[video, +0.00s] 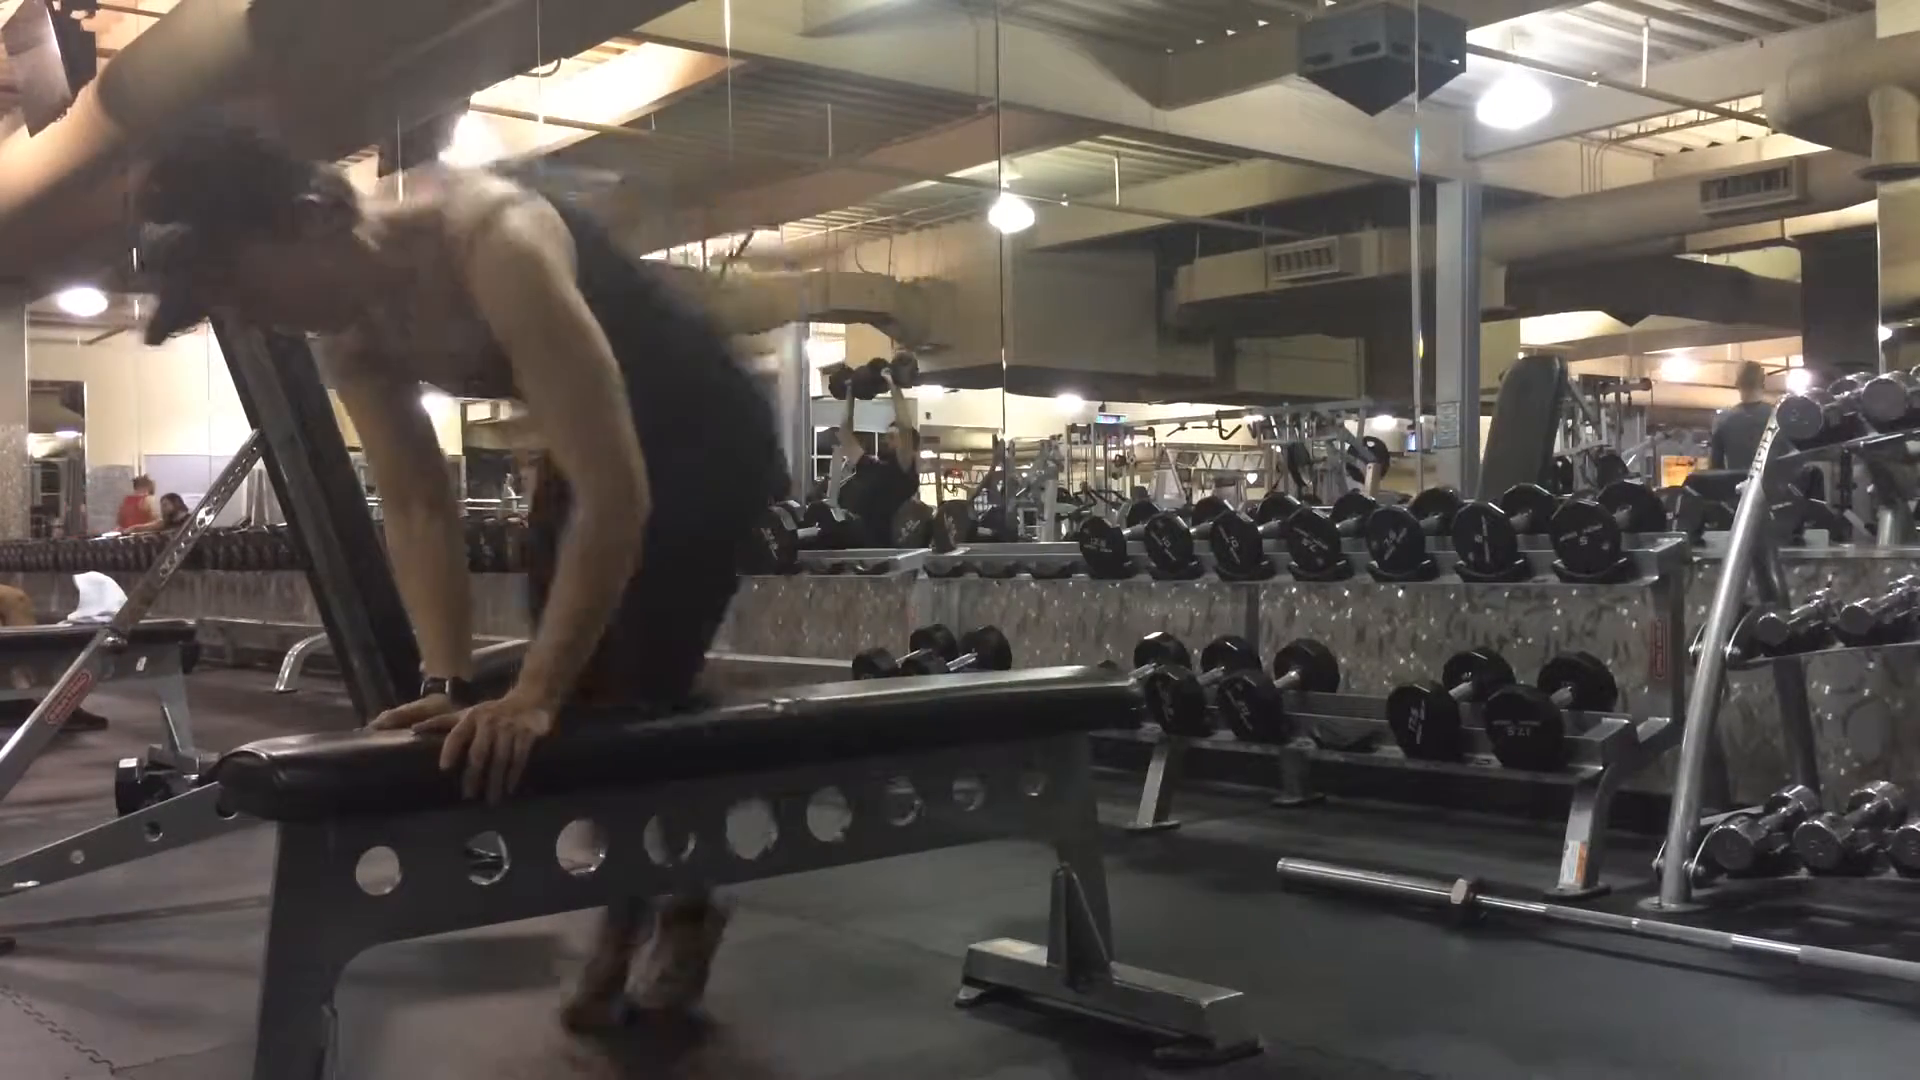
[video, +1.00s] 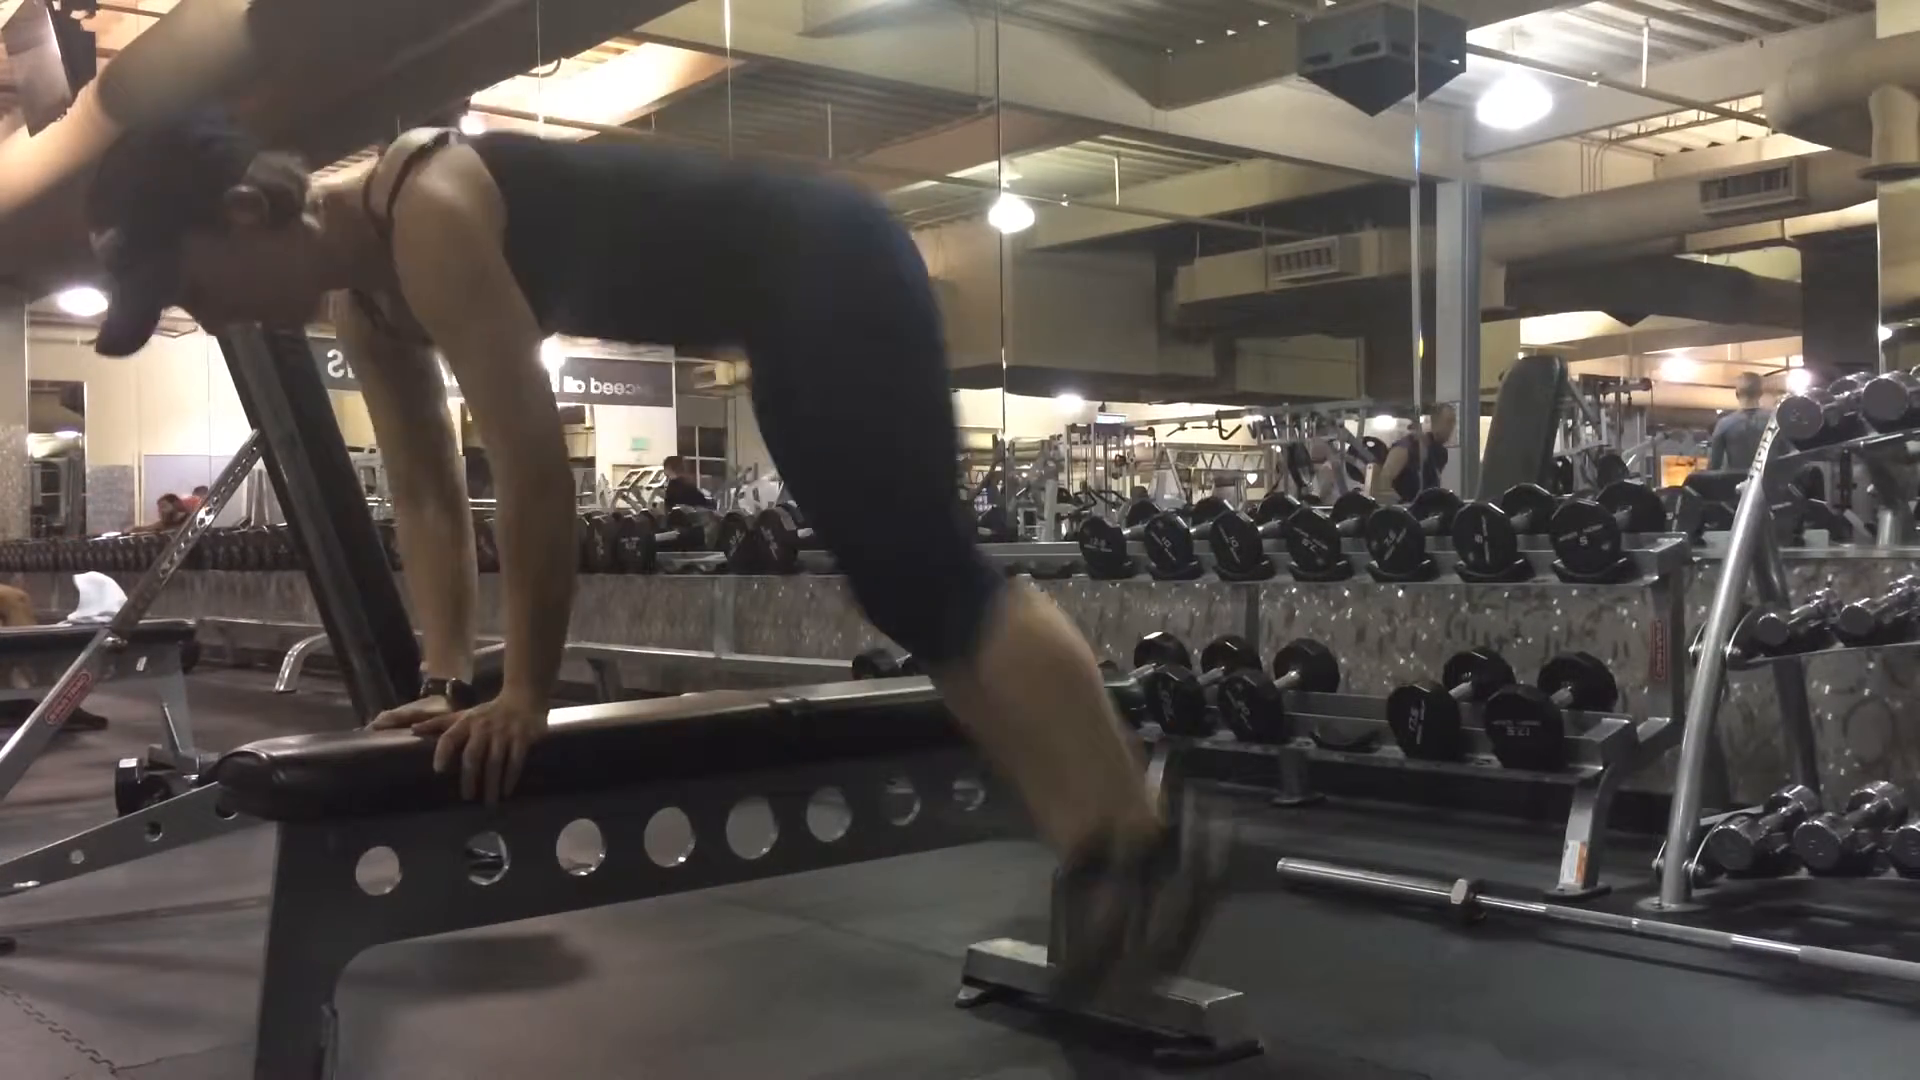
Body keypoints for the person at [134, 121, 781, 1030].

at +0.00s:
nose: (252, 327)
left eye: (243, 293)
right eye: (230, 312)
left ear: (301, 220)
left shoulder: (499, 246)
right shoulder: (348, 333)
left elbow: (615, 490)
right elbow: (414, 500)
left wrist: (535, 693)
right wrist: (445, 683)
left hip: (703, 433)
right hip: (583, 450)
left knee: (632, 686)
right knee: (561, 691)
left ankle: (687, 900)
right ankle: (624, 900)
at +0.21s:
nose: (228, 337)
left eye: (217, 308)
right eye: (206, 326)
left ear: (274, 227)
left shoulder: (456, 241)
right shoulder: (317, 329)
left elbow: (589, 482)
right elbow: (400, 506)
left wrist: (531, 692)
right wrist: (442, 681)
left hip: (708, 390)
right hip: (604, 417)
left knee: (673, 655)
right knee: (610, 655)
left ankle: (695, 851)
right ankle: (613, 861)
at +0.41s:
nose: (229, 361)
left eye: (211, 333)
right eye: (203, 347)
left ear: (255, 242)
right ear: (250, 248)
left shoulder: (435, 220)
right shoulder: (340, 295)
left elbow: (544, 472)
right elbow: (405, 492)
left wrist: (524, 696)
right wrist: (445, 680)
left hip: (758, 217)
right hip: (654, 256)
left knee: (709, 494)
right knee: (614, 516)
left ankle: (891, 483)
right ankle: (847, 491)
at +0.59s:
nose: (229, 331)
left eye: (208, 304)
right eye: (203, 323)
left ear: (243, 215)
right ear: (242, 221)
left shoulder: (428, 204)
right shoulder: (360, 276)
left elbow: (535, 451)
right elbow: (423, 486)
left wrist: (523, 691)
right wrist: (446, 684)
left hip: (801, 215)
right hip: (730, 270)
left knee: (784, 522)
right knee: (740, 542)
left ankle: (1076, 525)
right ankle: (1027, 561)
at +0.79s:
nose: (281, 314)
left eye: (268, 282)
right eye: (261, 298)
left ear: (320, 212)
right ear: (307, 231)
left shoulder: (490, 241)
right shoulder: (434, 292)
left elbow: (576, 501)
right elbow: (491, 501)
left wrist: (528, 703)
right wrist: (460, 676)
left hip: (867, 456)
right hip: (823, 482)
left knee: (923, 819)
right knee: (902, 810)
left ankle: (1208, 1048)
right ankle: (1136, 988)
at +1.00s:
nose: (228, 317)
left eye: (208, 292)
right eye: (205, 309)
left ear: (247, 204)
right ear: (250, 209)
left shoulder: (433, 217)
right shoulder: (361, 270)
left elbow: (532, 465)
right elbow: (420, 482)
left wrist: (525, 688)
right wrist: (446, 673)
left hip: (830, 260)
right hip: (785, 297)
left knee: (933, 573)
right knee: (909, 585)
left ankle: (1136, 832)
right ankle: (1093, 845)